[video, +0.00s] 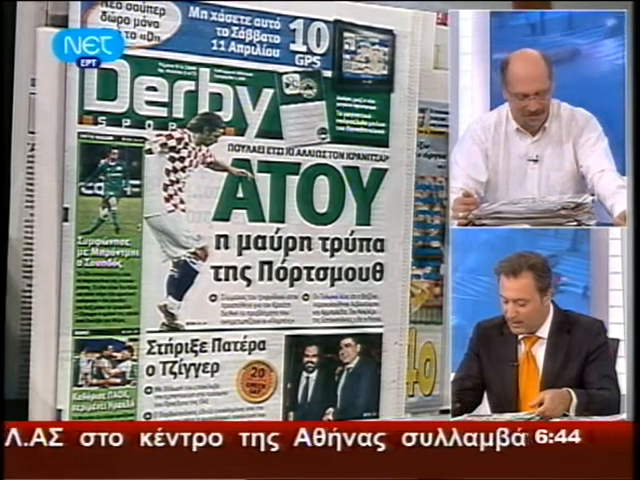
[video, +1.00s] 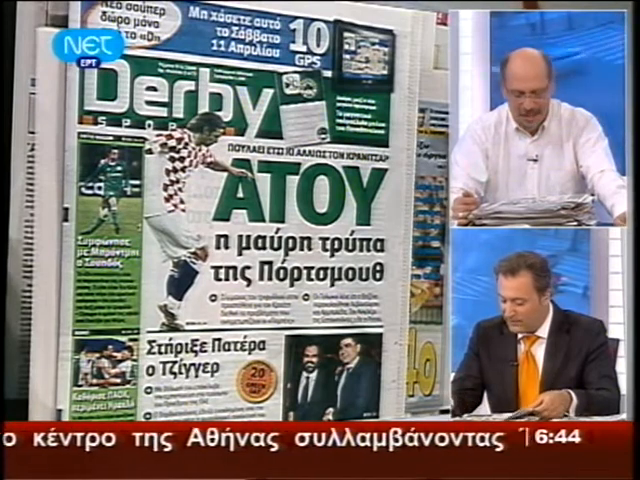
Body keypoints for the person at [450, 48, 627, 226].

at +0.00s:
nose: (533, 106)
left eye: (541, 95)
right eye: (522, 97)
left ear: (551, 86)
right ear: (505, 91)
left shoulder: (580, 124)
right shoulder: (482, 131)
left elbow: (604, 174)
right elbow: (462, 189)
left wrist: (624, 211)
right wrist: (463, 208)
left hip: (567, 245)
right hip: (499, 245)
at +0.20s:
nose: (533, 106)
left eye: (541, 95)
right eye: (522, 97)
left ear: (551, 86)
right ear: (505, 91)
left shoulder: (580, 124)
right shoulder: (482, 131)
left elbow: (604, 174)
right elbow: (462, 189)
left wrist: (624, 211)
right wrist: (463, 208)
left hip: (567, 245)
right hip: (499, 245)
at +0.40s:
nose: (533, 105)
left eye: (541, 94)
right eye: (522, 96)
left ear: (551, 86)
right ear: (505, 91)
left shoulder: (580, 124)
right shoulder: (482, 131)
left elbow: (604, 174)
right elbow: (462, 188)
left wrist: (624, 211)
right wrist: (463, 208)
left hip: (567, 245)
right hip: (499, 245)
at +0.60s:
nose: (530, 105)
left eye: (539, 94)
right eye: (520, 95)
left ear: (551, 86)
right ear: (504, 90)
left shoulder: (580, 124)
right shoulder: (482, 131)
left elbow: (604, 174)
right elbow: (462, 187)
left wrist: (624, 211)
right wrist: (462, 208)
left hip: (567, 246)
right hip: (499, 246)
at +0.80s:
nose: (529, 104)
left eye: (538, 94)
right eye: (519, 95)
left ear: (551, 86)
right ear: (504, 89)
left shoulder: (580, 124)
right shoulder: (482, 131)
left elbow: (603, 174)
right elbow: (462, 187)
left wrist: (624, 211)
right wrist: (462, 208)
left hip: (567, 246)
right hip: (499, 246)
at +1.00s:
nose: (528, 105)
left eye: (537, 94)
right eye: (518, 95)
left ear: (551, 86)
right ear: (504, 90)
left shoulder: (580, 124)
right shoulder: (482, 131)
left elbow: (604, 174)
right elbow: (462, 187)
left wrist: (624, 211)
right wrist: (462, 208)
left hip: (567, 245)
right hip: (499, 245)